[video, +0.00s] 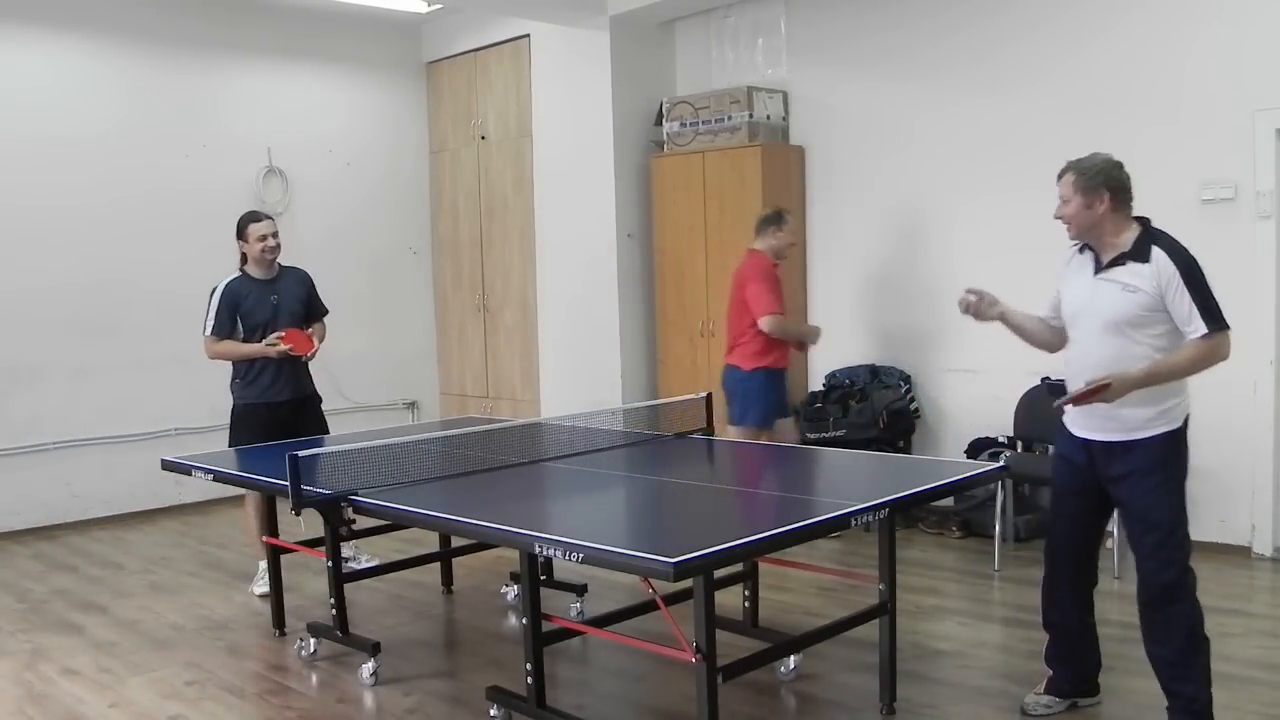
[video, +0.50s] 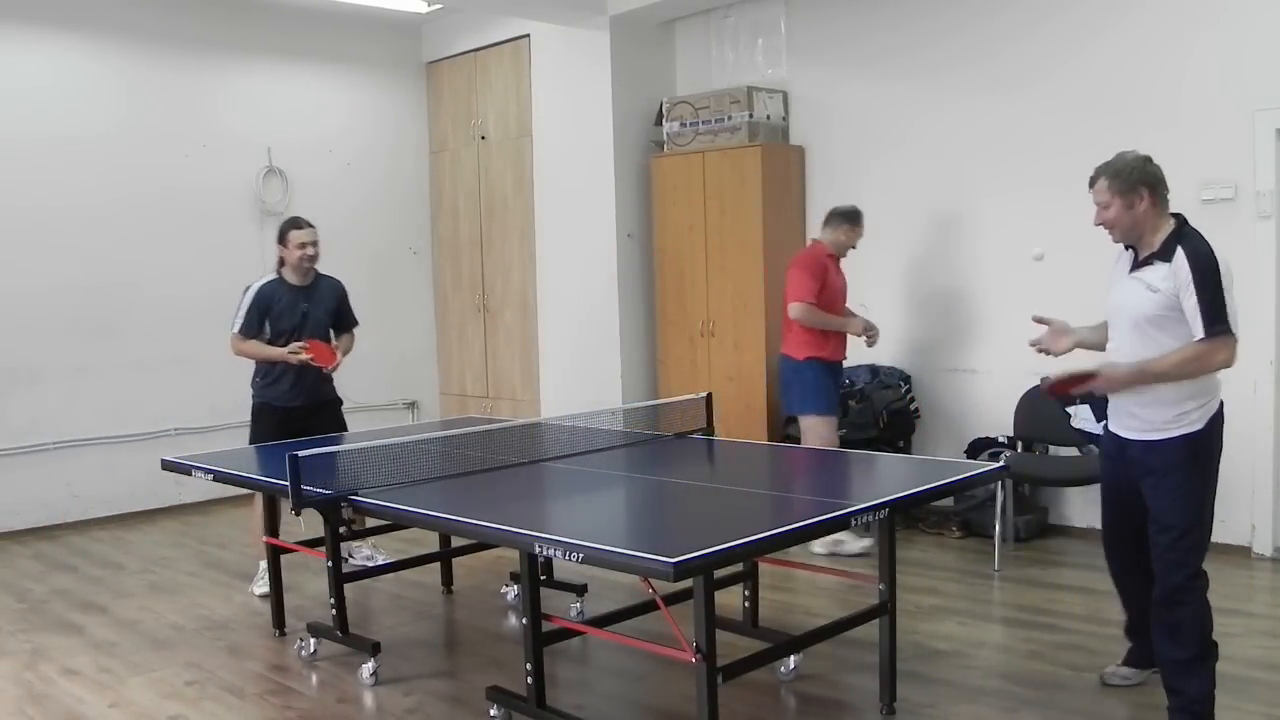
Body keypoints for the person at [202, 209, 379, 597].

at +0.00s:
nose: (272, 243)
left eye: (274, 236)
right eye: (262, 238)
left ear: (279, 238)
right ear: (243, 246)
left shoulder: (298, 279)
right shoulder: (229, 290)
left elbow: (317, 323)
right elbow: (214, 348)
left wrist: (311, 339)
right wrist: (263, 349)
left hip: (302, 402)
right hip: (255, 408)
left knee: (326, 474)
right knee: (257, 488)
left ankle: (342, 549)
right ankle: (267, 565)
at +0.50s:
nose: (310, 252)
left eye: (314, 245)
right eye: (302, 246)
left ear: (319, 248)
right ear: (282, 250)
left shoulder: (333, 289)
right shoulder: (262, 292)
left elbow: (347, 334)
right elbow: (239, 343)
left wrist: (337, 353)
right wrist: (282, 353)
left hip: (322, 405)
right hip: (274, 408)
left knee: (340, 476)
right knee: (268, 490)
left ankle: (348, 547)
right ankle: (267, 564)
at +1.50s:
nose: (310, 303)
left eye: (315, 296)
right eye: (302, 296)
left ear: (319, 296)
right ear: (280, 296)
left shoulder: (322, 334)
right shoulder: (250, 327)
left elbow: (325, 372)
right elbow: (216, 369)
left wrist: (312, 406)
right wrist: (248, 400)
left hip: (291, 413)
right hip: (242, 413)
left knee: (331, 471)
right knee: (227, 489)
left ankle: (342, 548)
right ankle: (215, 577)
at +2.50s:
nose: (332, 324)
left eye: (335, 317)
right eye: (323, 318)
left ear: (338, 318)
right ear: (302, 320)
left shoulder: (335, 354)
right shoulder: (271, 348)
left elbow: (333, 390)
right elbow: (236, 394)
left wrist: (337, 430)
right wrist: (281, 420)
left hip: (294, 417)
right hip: (247, 417)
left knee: (337, 465)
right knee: (228, 487)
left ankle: (345, 544)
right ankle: (208, 576)